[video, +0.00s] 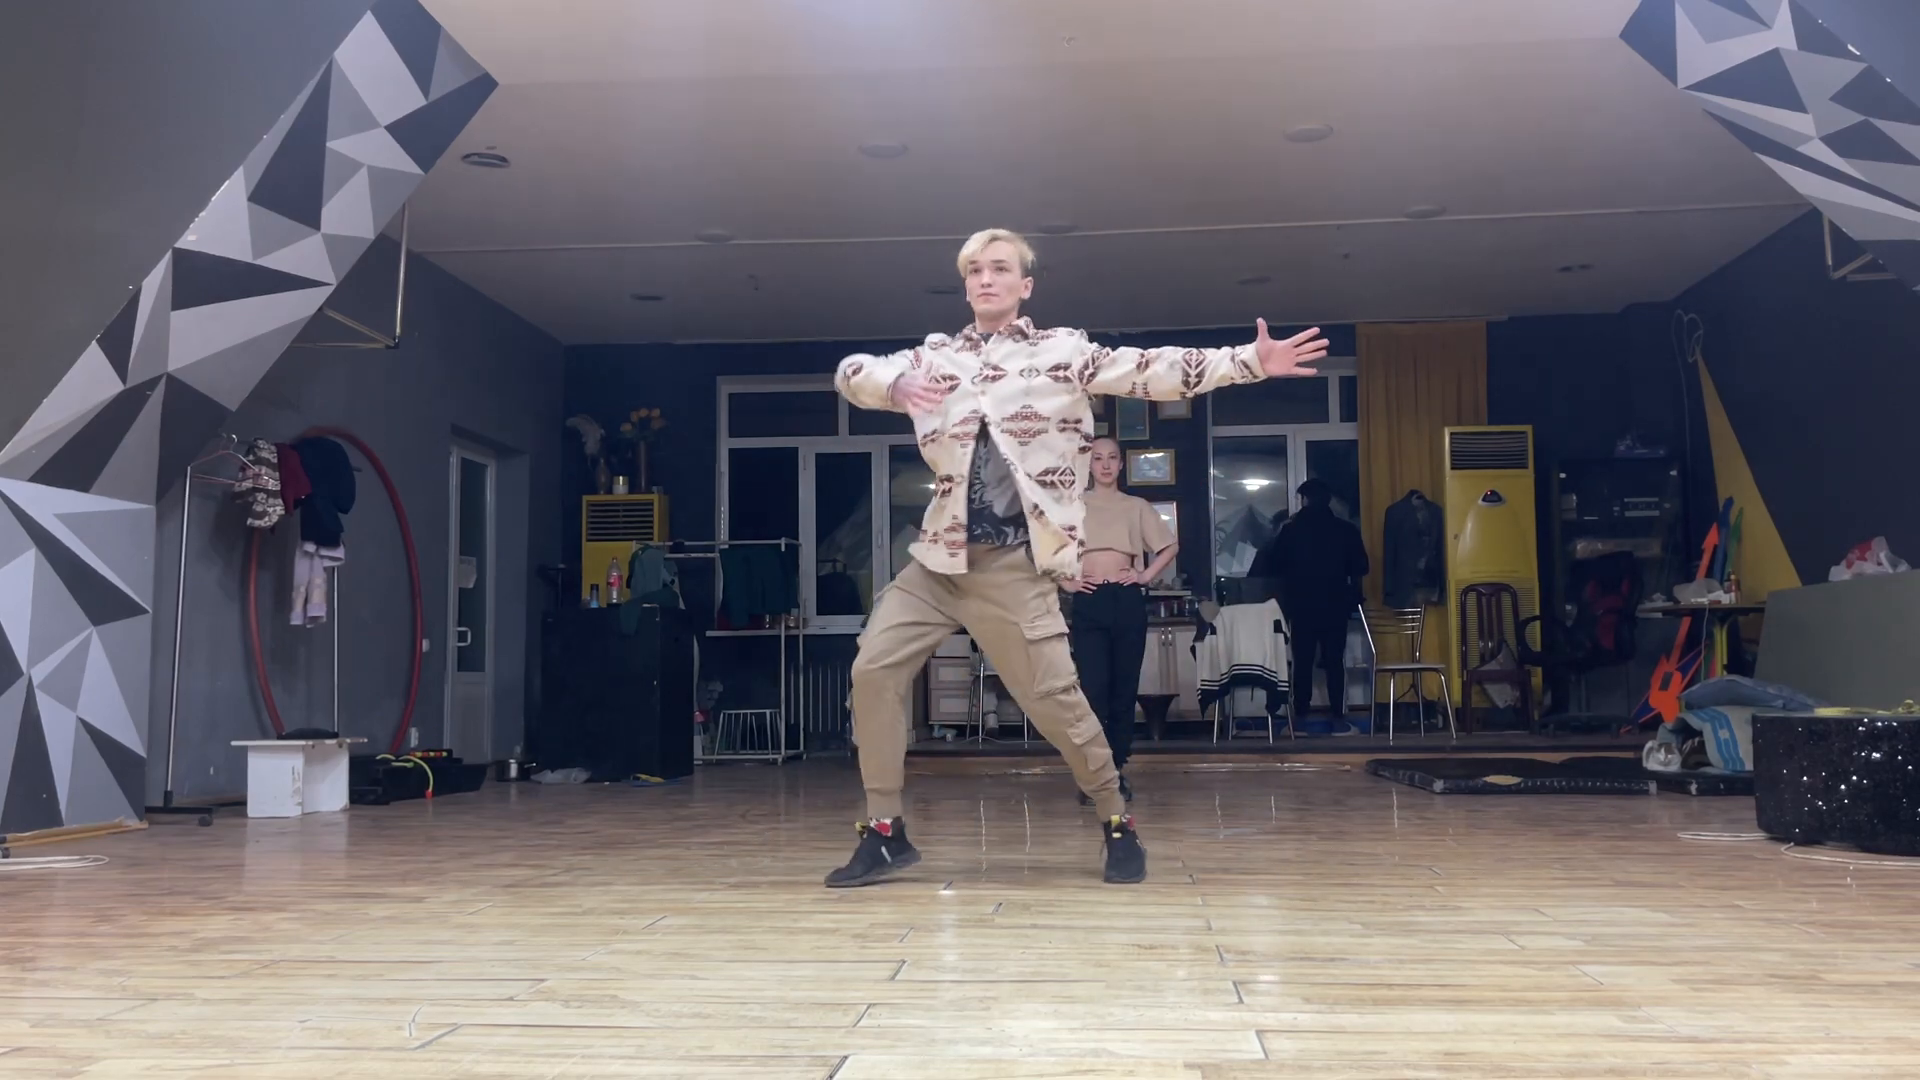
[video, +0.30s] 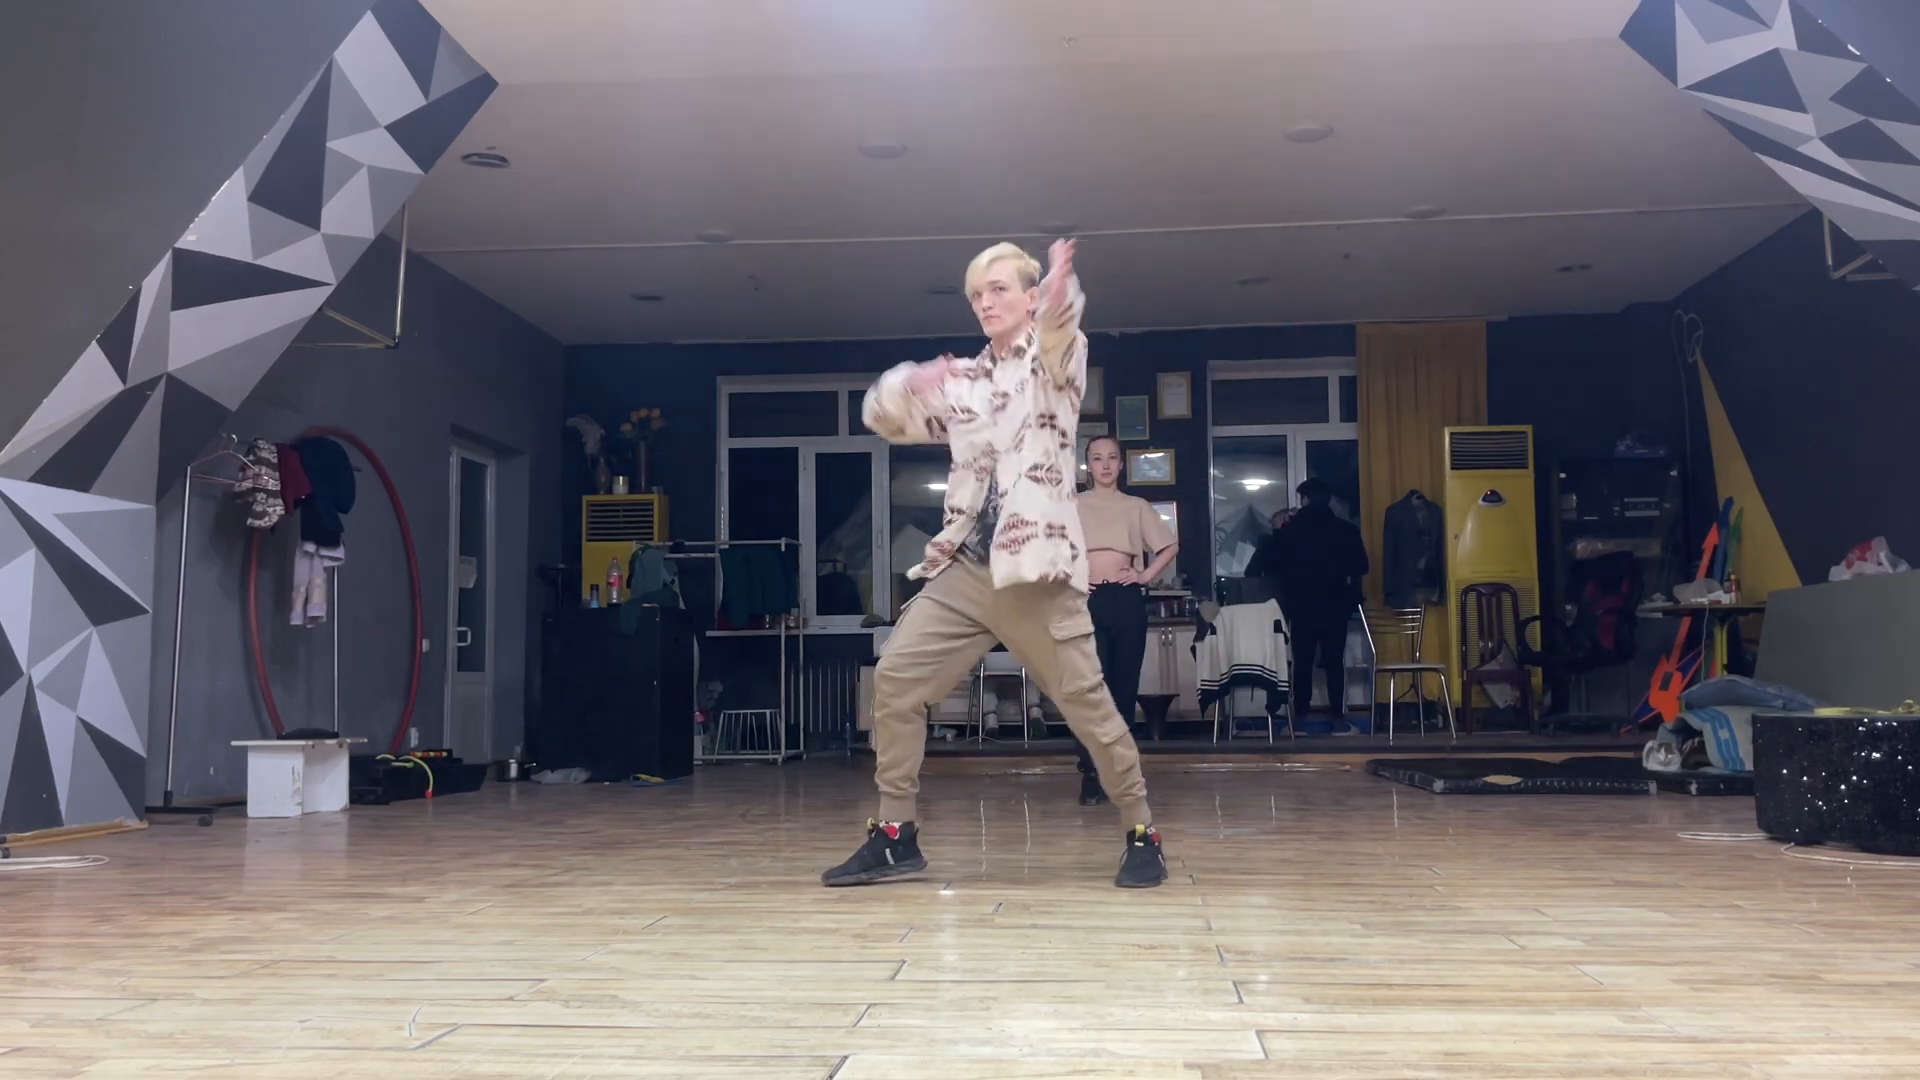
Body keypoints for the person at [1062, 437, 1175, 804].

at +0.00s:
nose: (1105, 464)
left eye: (1111, 458)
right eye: (1098, 458)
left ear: (1121, 464)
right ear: (1089, 464)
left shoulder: (1137, 506)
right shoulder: (1073, 504)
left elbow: (1170, 546)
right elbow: (1046, 545)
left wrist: (1147, 574)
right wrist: (1063, 578)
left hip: (1126, 600)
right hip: (1086, 601)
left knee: (1123, 691)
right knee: (1092, 690)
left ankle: (1116, 773)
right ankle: (1091, 777)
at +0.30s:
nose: (1105, 464)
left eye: (1111, 458)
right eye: (1098, 458)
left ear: (1121, 463)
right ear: (1087, 464)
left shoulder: (1137, 507)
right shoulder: (1071, 506)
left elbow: (1170, 547)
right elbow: (1052, 544)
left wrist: (1146, 575)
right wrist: (1069, 577)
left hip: (1126, 599)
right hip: (1083, 600)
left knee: (1123, 689)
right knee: (1087, 686)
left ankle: (1113, 775)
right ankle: (1090, 772)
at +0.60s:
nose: (1105, 465)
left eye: (1111, 458)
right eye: (1098, 458)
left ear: (1121, 463)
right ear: (1087, 464)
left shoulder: (1137, 507)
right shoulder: (1068, 506)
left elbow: (1170, 547)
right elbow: (1047, 547)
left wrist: (1146, 574)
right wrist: (1068, 579)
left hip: (1126, 600)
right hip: (1084, 601)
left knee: (1124, 688)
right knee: (1089, 685)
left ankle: (1118, 774)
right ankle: (1090, 772)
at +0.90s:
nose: (1105, 464)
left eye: (1111, 458)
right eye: (1099, 458)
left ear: (1121, 464)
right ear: (1087, 464)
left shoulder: (1136, 507)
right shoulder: (1076, 502)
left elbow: (1170, 546)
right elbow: (1063, 546)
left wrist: (1146, 574)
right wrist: (1087, 569)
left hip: (1127, 596)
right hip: (1087, 595)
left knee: (1125, 682)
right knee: (1092, 682)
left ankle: (1115, 771)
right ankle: (1090, 771)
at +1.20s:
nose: (1106, 464)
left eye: (1112, 458)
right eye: (1099, 458)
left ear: (1122, 463)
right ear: (1088, 464)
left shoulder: (1136, 507)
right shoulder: (1075, 504)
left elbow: (1170, 546)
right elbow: (1056, 544)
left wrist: (1146, 574)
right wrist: (1078, 567)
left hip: (1126, 597)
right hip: (1082, 594)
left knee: (1122, 683)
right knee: (1089, 683)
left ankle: (1115, 770)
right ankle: (1090, 770)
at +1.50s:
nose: (1108, 464)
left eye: (1113, 459)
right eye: (1102, 458)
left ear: (1121, 465)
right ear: (1091, 463)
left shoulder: (1137, 506)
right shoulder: (1077, 503)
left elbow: (1170, 547)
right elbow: (1058, 544)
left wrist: (1148, 575)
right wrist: (1075, 578)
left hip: (1128, 598)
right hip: (1089, 597)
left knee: (1124, 685)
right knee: (1095, 683)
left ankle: (1115, 770)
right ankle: (1091, 769)